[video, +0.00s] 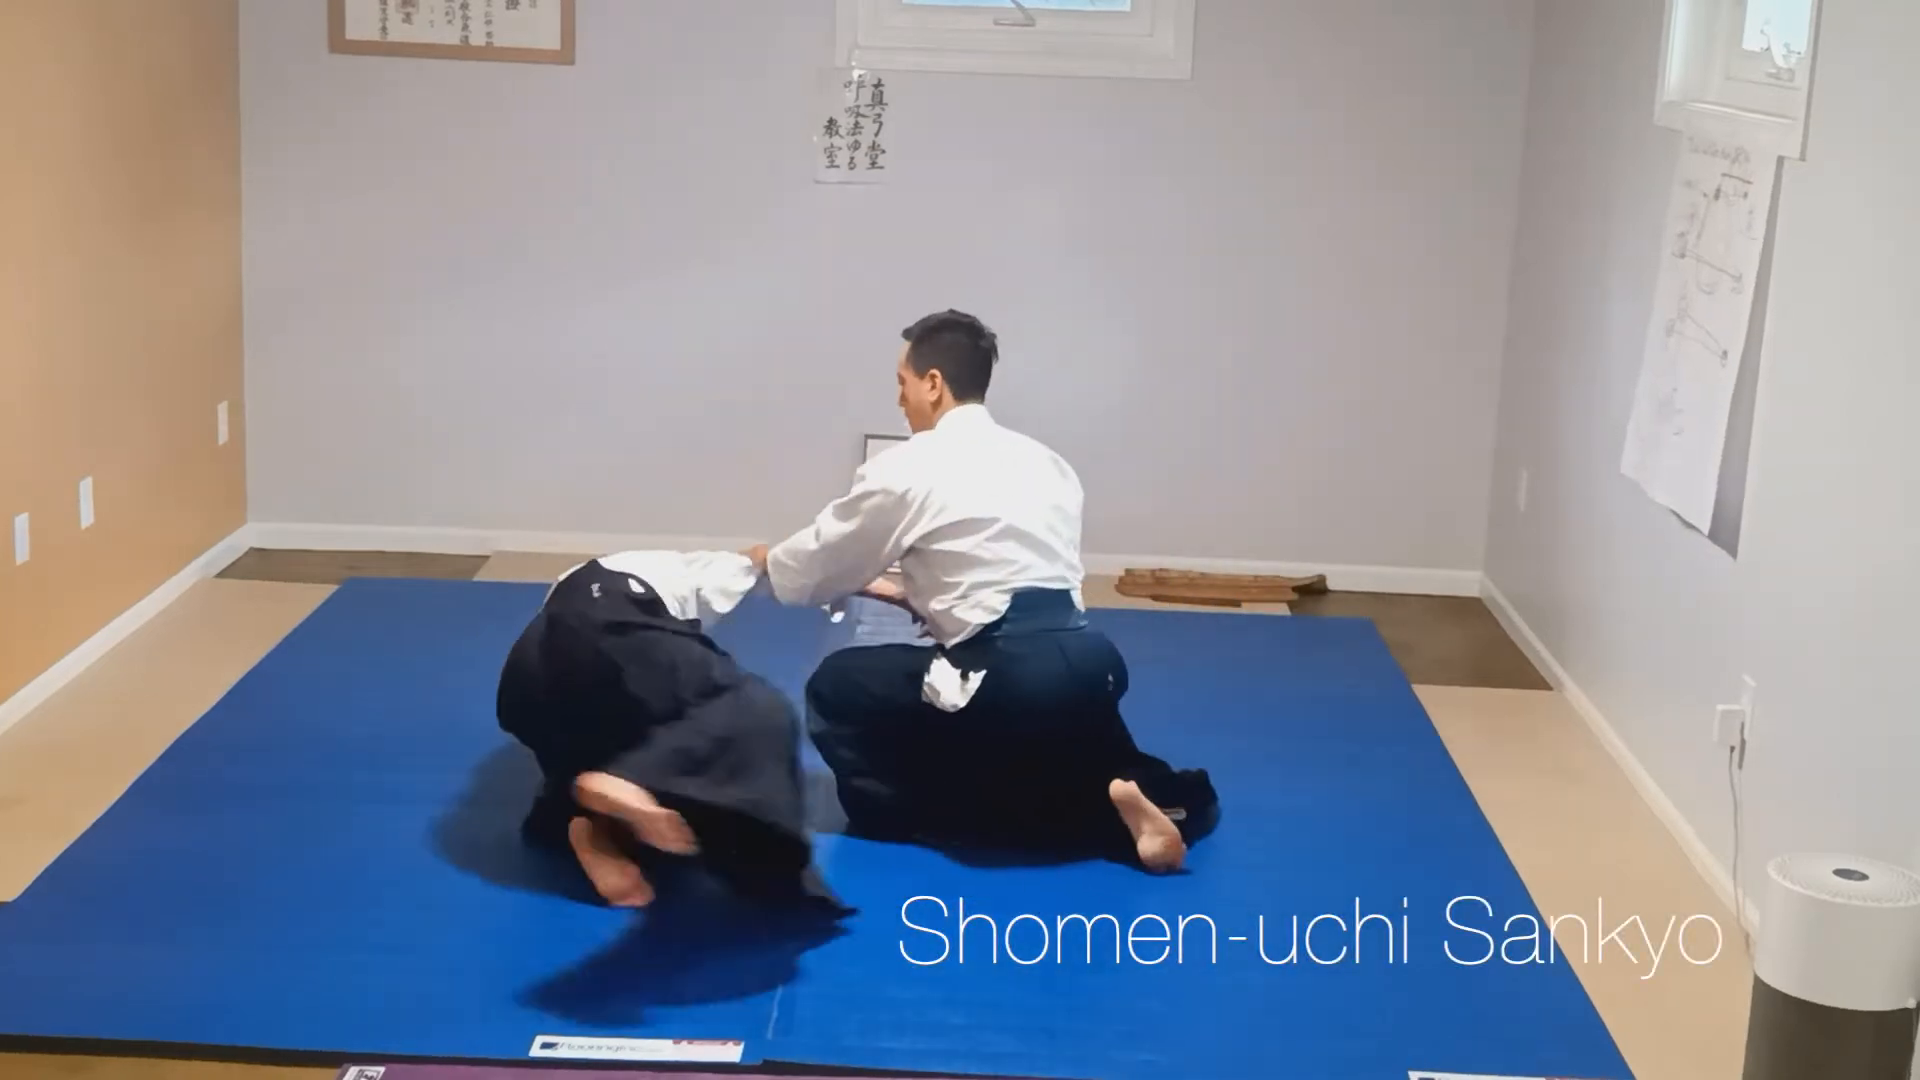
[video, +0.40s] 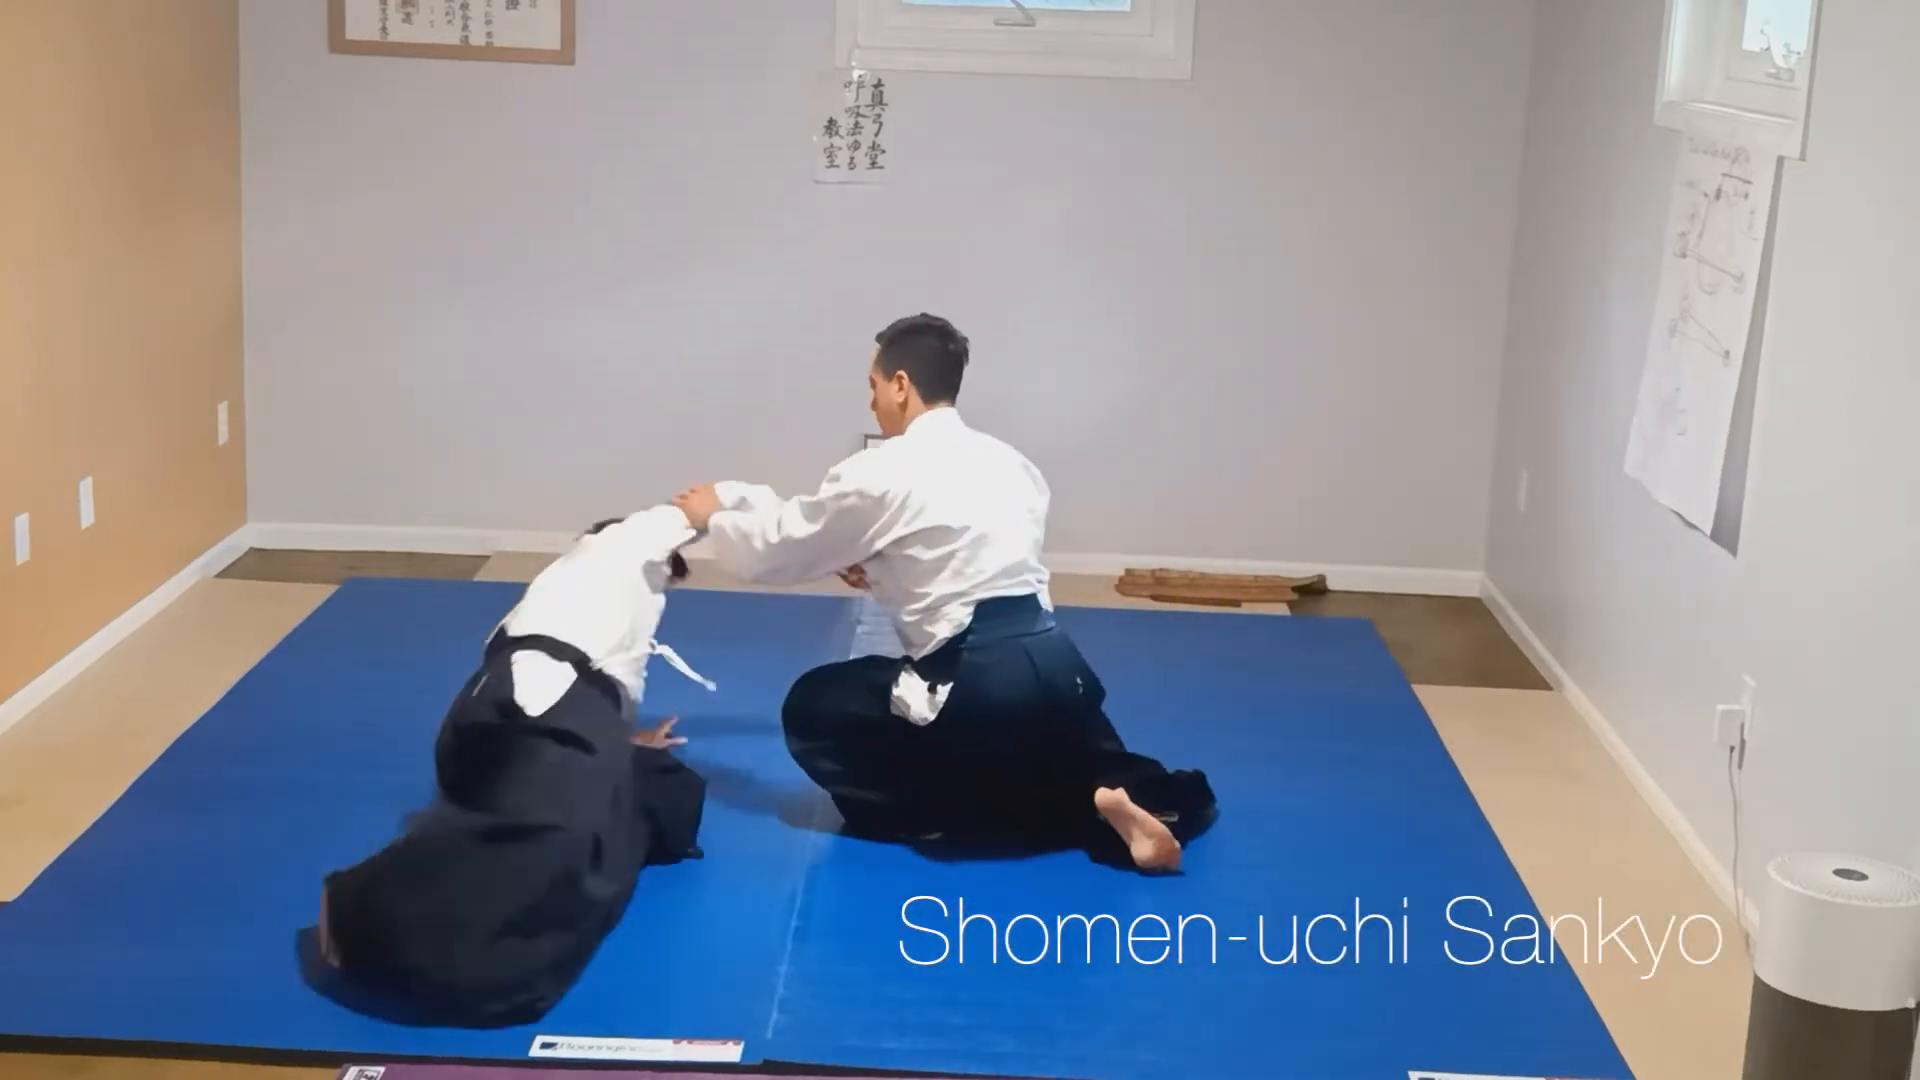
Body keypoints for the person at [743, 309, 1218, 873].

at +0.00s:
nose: (900, 398)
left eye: (903, 383)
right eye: (900, 383)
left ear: (933, 384)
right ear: (977, 387)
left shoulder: (907, 469)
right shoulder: (1051, 464)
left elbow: (809, 568)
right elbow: (1011, 586)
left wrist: (769, 561)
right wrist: (904, 590)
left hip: (997, 675)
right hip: (1089, 664)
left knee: (835, 684)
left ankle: (893, 807)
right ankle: (1151, 802)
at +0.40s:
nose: (870, 399)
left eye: (874, 384)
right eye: (871, 384)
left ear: (902, 387)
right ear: (946, 388)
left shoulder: (882, 477)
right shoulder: (1013, 465)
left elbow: (779, 544)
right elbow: (984, 560)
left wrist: (711, 522)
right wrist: (883, 570)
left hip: (966, 688)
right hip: (1058, 675)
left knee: (813, 706)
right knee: (1109, 765)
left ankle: (922, 816)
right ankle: (1129, 804)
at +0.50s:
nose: (869, 401)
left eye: (871, 386)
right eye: (871, 385)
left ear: (895, 385)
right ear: (947, 387)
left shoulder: (880, 473)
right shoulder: (1005, 466)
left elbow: (768, 529)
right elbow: (960, 557)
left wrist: (686, 511)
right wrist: (870, 564)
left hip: (966, 693)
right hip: (1060, 680)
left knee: (810, 705)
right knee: (1098, 766)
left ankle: (920, 810)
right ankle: (1135, 800)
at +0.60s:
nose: (864, 397)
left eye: (866, 383)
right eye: (867, 382)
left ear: (889, 384)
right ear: (940, 388)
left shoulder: (872, 472)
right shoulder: (990, 461)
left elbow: (758, 520)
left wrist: (662, 505)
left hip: (966, 694)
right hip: (1058, 679)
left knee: (809, 708)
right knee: (1101, 761)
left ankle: (923, 807)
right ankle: (1132, 795)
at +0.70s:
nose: (856, 399)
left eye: (858, 384)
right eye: (859, 384)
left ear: (881, 386)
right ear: (934, 389)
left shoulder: (867, 474)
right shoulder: (977, 459)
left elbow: (747, 526)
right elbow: (854, 546)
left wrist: (658, 509)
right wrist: (761, 505)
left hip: (961, 698)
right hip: (1054, 680)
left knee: (804, 714)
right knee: (1103, 760)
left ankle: (923, 810)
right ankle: (1126, 797)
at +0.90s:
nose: (836, 404)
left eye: (837, 389)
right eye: (837, 389)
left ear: (862, 388)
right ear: (909, 391)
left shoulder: (854, 480)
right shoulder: (950, 457)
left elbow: (754, 554)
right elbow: (834, 520)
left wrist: (678, 532)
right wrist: (739, 506)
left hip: (939, 693)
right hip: (1028, 682)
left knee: (788, 739)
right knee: (1097, 763)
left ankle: (918, 808)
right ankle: (1111, 804)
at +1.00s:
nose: (815, 405)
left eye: (814, 389)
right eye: (814, 388)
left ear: (837, 384)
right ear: (886, 384)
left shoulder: (833, 475)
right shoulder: (935, 452)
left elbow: (732, 547)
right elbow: (821, 512)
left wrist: (657, 512)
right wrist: (722, 499)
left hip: (917, 689)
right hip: (1009, 679)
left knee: (781, 753)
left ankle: (883, 796)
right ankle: (1082, 809)